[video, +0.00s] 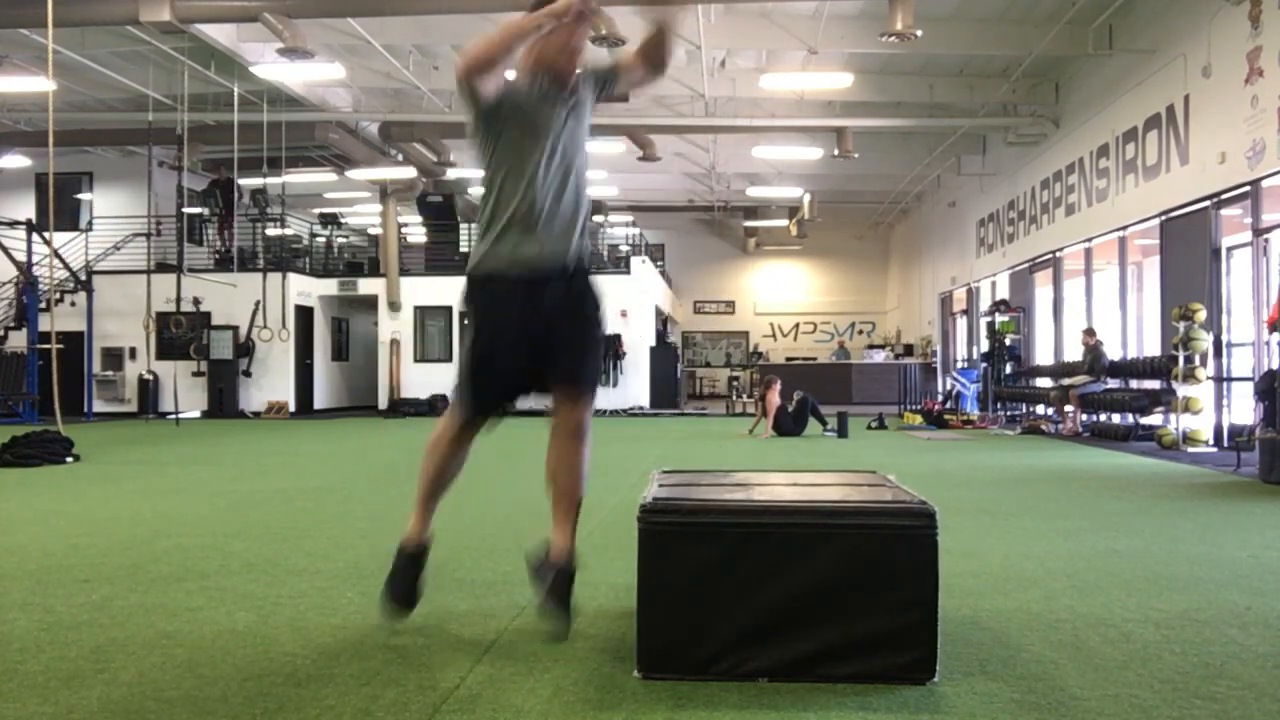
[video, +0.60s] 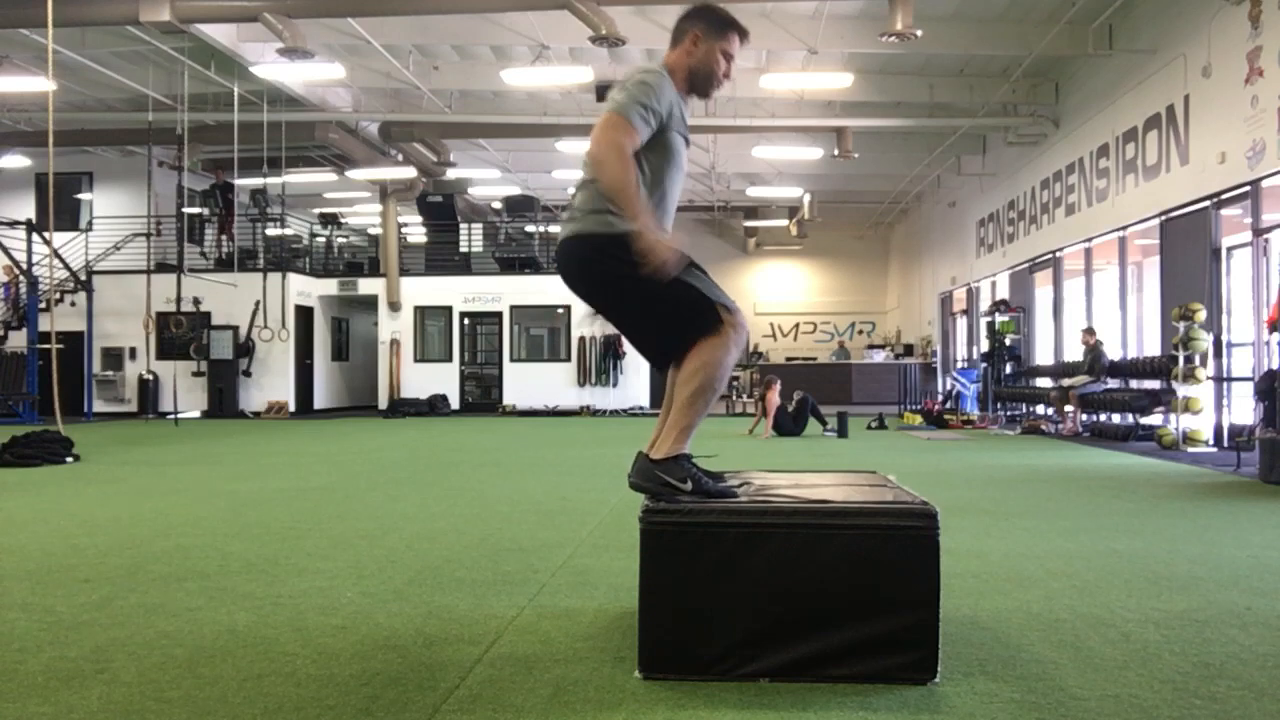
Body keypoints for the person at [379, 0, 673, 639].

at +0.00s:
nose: (580, 43)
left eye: (585, 33)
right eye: (570, 29)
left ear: (586, 44)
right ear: (537, 36)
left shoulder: (584, 87)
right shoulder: (502, 96)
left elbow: (649, 62)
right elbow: (470, 67)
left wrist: (664, 18)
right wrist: (538, 19)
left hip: (568, 279)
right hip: (502, 280)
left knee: (574, 416)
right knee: (465, 418)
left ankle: (560, 559)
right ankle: (415, 537)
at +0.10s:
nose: (627, 17)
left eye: (631, 9)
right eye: (621, 6)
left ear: (618, 11)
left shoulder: (612, 51)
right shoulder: (538, 24)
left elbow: (662, 72)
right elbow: (465, 40)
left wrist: (732, 71)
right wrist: (536, 67)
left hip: (575, 214)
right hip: (517, 213)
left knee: (624, 329)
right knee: (540, 346)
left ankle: (564, 455)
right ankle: (462, 445)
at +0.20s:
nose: (676, 17)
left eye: (679, 8)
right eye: (671, 5)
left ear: (656, 8)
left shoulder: (645, 59)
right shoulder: (584, 20)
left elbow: (661, 122)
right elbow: (492, 53)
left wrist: (704, 163)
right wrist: (484, 148)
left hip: (577, 191)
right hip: (526, 182)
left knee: (662, 262)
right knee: (618, 274)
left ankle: (597, 390)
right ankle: (537, 403)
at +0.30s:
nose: (715, 38)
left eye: (719, 28)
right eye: (711, 22)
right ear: (674, 7)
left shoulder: (663, 84)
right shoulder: (616, 42)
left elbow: (643, 163)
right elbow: (521, 79)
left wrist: (647, 227)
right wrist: (467, 162)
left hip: (590, 187)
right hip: (550, 179)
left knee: (671, 269)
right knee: (667, 264)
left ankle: (652, 405)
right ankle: (639, 410)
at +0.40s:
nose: (728, 63)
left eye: (733, 53)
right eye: (726, 48)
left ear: (699, 37)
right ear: (693, 30)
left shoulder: (667, 91)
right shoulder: (639, 67)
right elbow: (559, 109)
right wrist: (503, 187)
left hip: (614, 223)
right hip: (587, 220)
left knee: (685, 326)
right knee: (698, 314)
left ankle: (651, 461)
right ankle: (658, 459)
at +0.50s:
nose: (733, 84)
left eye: (738, 72)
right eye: (732, 68)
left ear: (700, 57)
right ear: (699, 52)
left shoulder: (672, 113)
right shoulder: (657, 90)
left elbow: (611, 198)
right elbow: (590, 150)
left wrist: (575, 282)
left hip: (613, 252)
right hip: (619, 243)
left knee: (698, 343)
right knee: (732, 327)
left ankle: (659, 457)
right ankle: (667, 456)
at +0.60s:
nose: (729, 73)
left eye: (732, 62)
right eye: (726, 57)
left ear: (692, 49)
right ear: (693, 42)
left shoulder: (668, 102)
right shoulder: (654, 84)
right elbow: (606, 147)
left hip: (606, 245)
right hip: (604, 239)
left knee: (698, 345)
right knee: (728, 327)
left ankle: (661, 458)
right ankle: (667, 457)